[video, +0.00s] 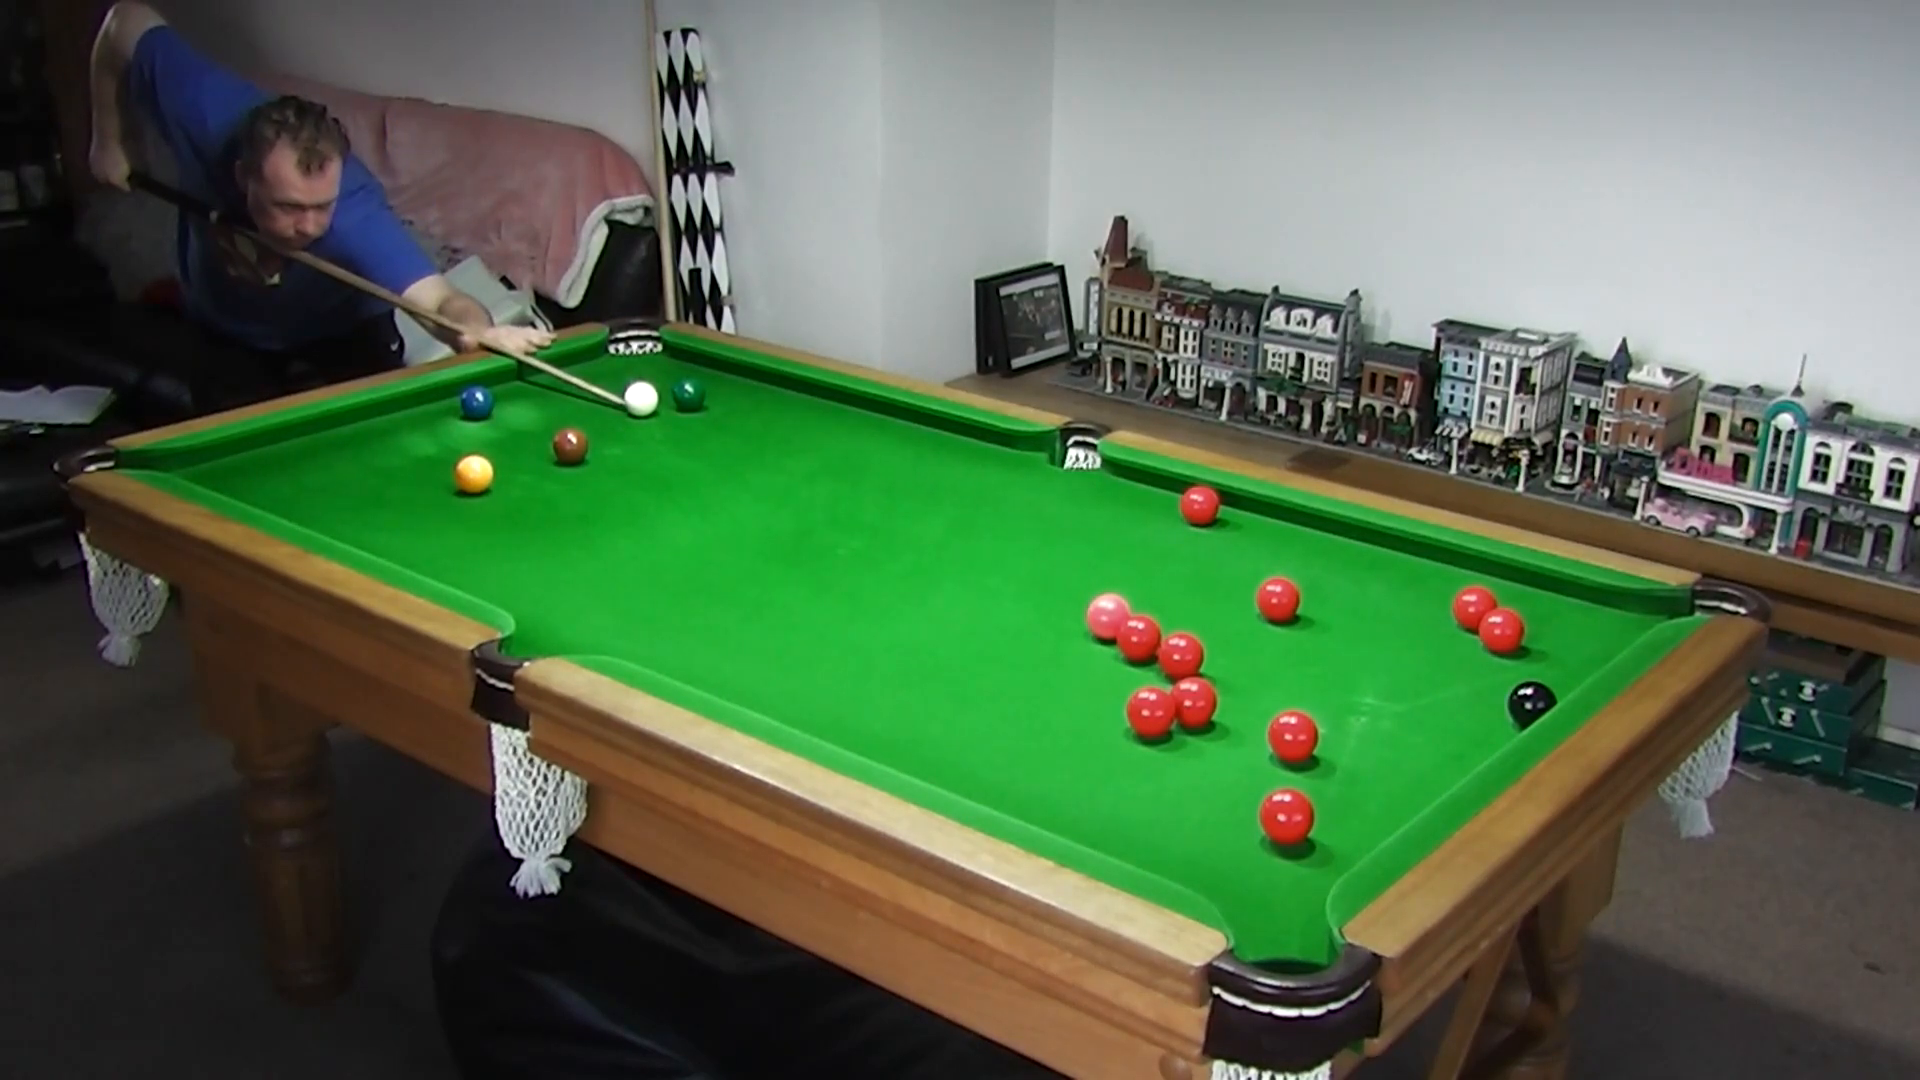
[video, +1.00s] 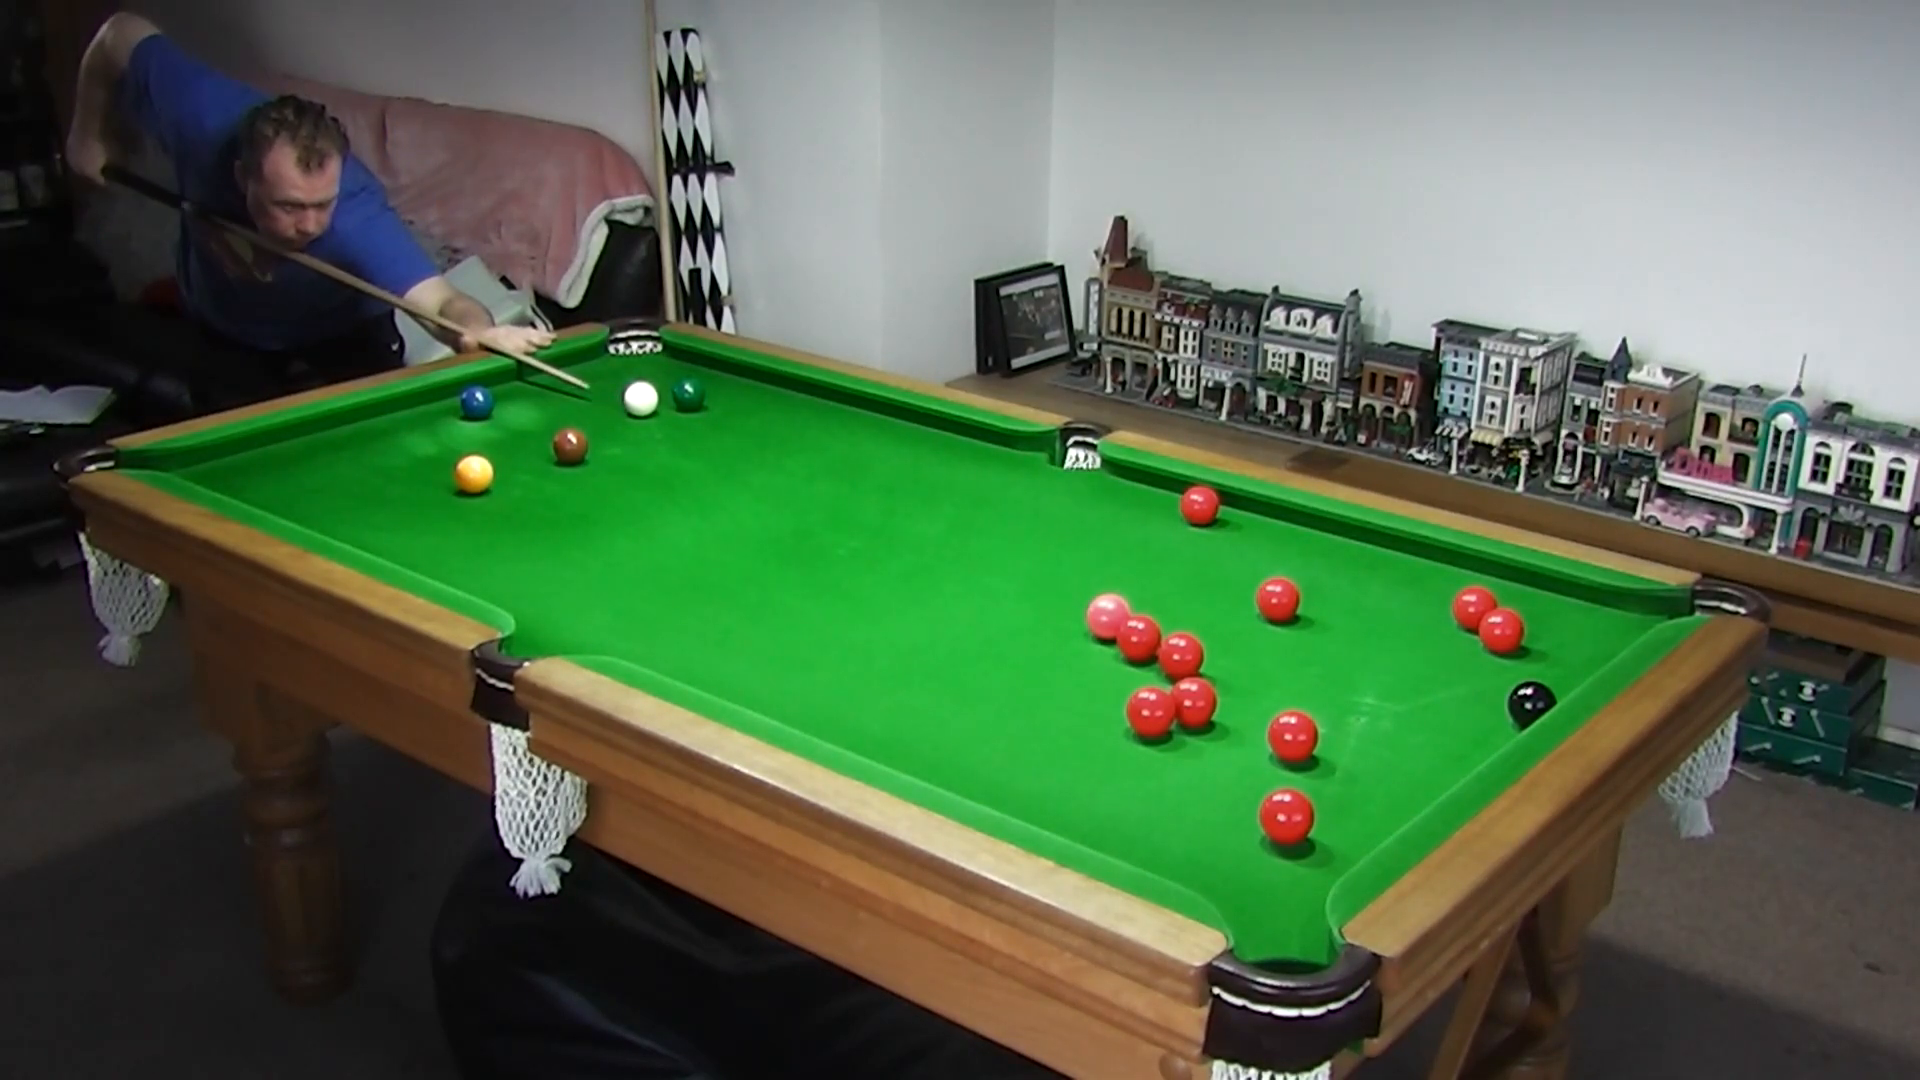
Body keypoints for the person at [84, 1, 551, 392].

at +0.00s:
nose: (309, 228)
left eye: (323, 208)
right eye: (289, 208)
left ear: (339, 185)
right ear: (245, 177)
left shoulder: (356, 210)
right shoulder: (211, 119)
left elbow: (437, 298)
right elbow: (124, 20)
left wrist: (478, 331)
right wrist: (106, 139)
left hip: (342, 328)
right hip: (227, 315)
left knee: (358, 461)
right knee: (236, 458)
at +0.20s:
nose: (310, 228)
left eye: (323, 207)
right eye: (290, 208)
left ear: (340, 184)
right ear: (244, 177)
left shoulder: (357, 211)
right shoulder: (212, 118)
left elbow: (437, 298)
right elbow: (125, 20)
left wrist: (478, 330)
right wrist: (106, 139)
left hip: (341, 326)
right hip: (228, 314)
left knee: (360, 459)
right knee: (239, 458)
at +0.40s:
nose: (313, 224)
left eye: (325, 204)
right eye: (292, 206)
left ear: (340, 180)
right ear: (246, 179)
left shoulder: (355, 208)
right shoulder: (210, 118)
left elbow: (436, 300)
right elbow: (126, 22)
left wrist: (485, 332)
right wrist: (107, 140)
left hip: (343, 324)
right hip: (229, 317)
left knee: (364, 462)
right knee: (236, 459)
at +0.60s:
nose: (312, 224)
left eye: (325, 204)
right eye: (291, 206)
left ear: (340, 180)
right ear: (245, 179)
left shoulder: (356, 208)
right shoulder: (211, 120)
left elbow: (437, 300)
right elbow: (126, 22)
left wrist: (482, 331)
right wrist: (107, 142)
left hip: (343, 324)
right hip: (230, 317)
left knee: (360, 463)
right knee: (235, 460)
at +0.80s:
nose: (310, 227)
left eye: (323, 207)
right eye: (289, 208)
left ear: (339, 185)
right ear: (244, 180)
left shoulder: (358, 213)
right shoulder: (210, 119)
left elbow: (437, 298)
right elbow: (124, 23)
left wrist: (478, 331)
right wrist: (105, 141)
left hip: (342, 324)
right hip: (228, 310)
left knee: (362, 454)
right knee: (238, 451)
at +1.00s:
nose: (309, 225)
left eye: (322, 207)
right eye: (289, 208)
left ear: (339, 182)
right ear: (244, 176)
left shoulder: (358, 211)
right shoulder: (205, 120)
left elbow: (437, 302)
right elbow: (117, 32)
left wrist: (485, 332)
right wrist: (86, 133)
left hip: (343, 324)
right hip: (226, 315)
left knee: (377, 457)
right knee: (235, 456)